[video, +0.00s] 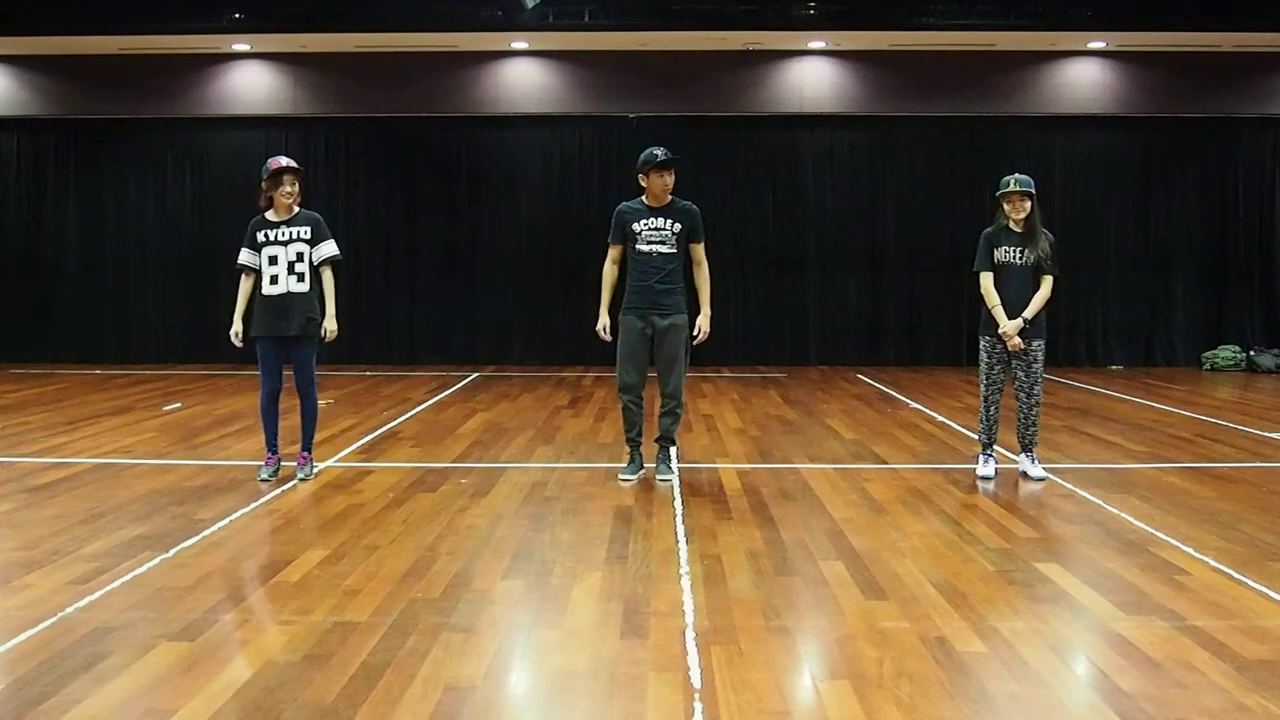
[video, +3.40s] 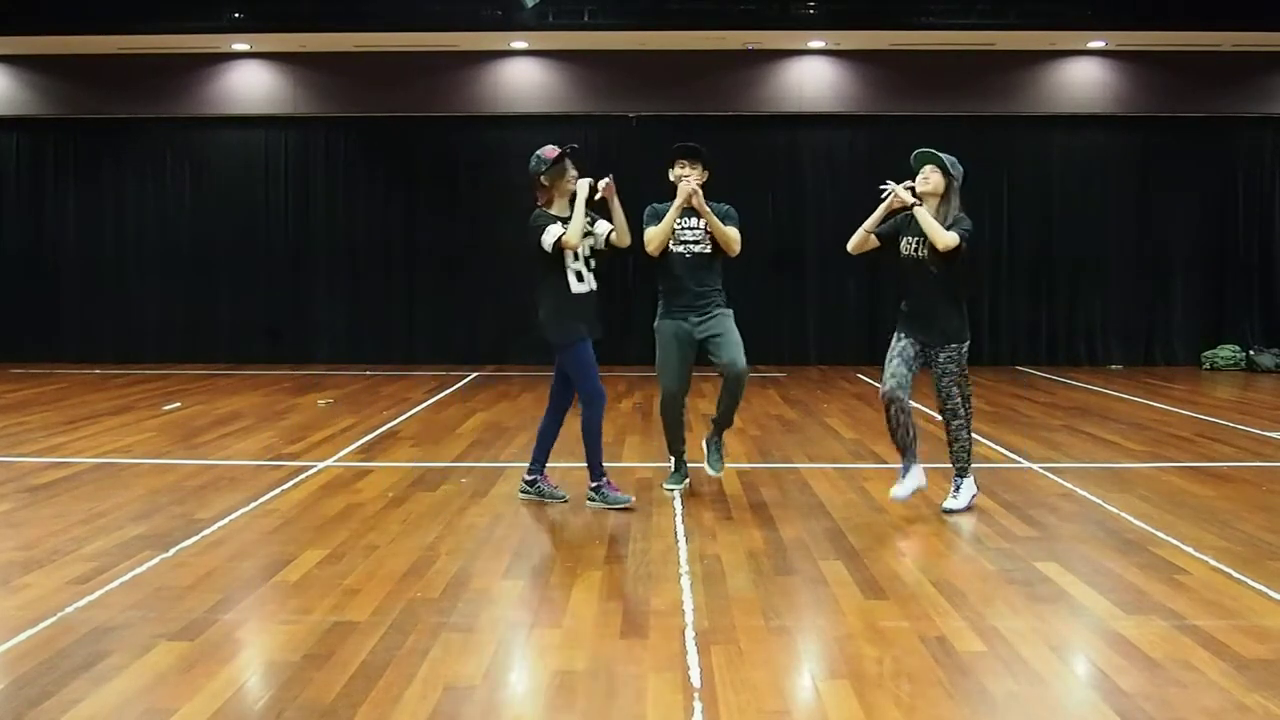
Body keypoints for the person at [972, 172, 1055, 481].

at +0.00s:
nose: (1017, 205)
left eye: (1023, 199)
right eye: (1010, 200)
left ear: (1032, 202)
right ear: (1002, 203)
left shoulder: (1044, 239)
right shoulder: (990, 237)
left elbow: (1046, 287)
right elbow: (987, 286)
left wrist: (1021, 322)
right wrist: (1007, 329)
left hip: (1032, 333)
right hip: (993, 331)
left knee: (1030, 397)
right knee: (991, 395)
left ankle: (1028, 455)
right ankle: (986, 455)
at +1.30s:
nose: (1029, 210)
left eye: (1036, 205)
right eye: (1025, 205)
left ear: (1049, 209)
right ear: (1020, 208)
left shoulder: (1064, 245)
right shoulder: (1007, 241)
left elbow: (1081, 293)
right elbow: (980, 283)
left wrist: (1054, 306)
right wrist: (1002, 288)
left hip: (1047, 331)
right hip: (1011, 325)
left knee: (1042, 397)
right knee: (1009, 374)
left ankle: (1028, 454)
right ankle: (1008, 395)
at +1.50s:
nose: (1021, 199)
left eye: (1028, 194)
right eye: (1017, 194)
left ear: (1042, 198)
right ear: (1012, 198)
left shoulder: (1058, 235)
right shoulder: (1003, 232)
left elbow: (1073, 274)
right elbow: (972, 272)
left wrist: (1042, 250)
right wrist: (993, 238)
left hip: (1040, 326)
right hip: (1003, 321)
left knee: (1034, 389)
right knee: (999, 383)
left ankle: (1029, 453)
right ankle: (1003, 447)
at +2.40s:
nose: (989, 188)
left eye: (997, 184)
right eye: (986, 183)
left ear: (1013, 191)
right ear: (981, 190)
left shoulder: (1025, 224)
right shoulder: (971, 221)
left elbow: (1025, 247)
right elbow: (927, 249)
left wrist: (993, 214)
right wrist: (957, 216)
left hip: (1014, 325)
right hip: (978, 320)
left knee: (1011, 398)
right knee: (965, 374)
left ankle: (1014, 465)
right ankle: (983, 434)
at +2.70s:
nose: (971, 197)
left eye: (980, 193)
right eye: (969, 193)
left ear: (996, 201)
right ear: (964, 200)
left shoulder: (1011, 239)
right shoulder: (956, 238)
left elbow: (1008, 268)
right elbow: (918, 267)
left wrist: (978, 231)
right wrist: (943, 228)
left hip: (994, 332)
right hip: (958, 333)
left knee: (964, 384)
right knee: (959, 407)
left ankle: (991, 428)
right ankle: (980, 476)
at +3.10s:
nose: (944, 200)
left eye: (953, 195)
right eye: (942, 194)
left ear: (970, 202)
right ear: (938, 201)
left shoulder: (985, 240)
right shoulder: (932, 237)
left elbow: (977, 268)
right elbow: (891, 267)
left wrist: (944, 230)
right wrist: (916, 226)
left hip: (972, 339)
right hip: (935, 335)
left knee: (957, 410)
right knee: (920, 405)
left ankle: (968, 488)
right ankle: (955, 440)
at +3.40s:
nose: (921, 176)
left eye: (930, 173)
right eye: (920, 172)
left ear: (948, 184)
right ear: (916, 185)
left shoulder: (959, 222)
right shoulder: (906, 220)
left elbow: (944, 242)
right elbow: (855, 246)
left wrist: (914, 205)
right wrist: (884, 209)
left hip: (949, 331)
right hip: (910, 327)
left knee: (953, 406)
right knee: (892, 393)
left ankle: (963, 480)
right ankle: (911, 469)